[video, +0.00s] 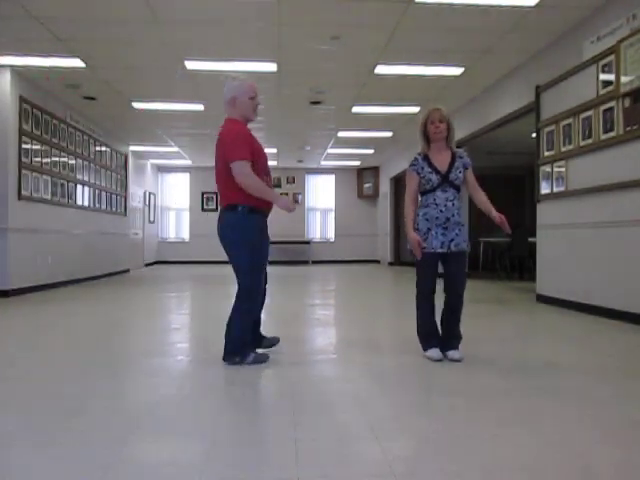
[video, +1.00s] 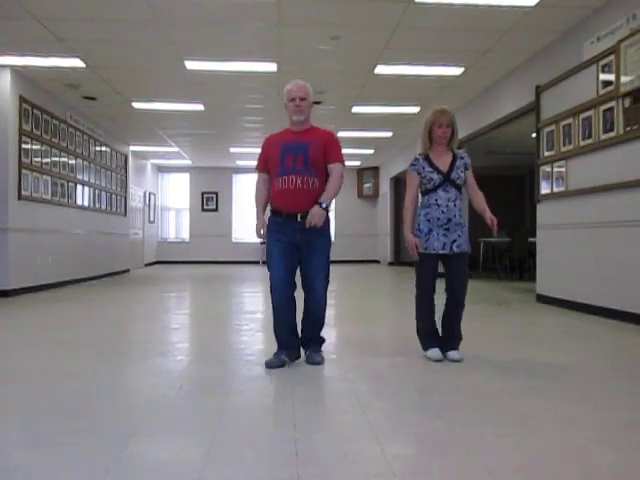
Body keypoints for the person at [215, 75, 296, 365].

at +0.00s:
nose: (258, 104)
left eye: (257, 98)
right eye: (253, 98)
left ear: (238, 102)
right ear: (235, 102)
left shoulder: (241, 132)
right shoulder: (234, 132)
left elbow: (250, 177)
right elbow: (242, 176)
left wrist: (278, 196)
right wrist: (276, 197)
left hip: (250, 217)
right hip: (240, 218)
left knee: (256, 283)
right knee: (250, 285)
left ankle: (251, 336)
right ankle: (236, 351)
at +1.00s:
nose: (297, 103)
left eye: (303, 98)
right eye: (292, 99)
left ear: (311, 102)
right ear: (285, 104)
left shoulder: (326, 138)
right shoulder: (272, 142)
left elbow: (337, 174)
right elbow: (263, 180)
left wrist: (323, 205)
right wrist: (260, 214)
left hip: (314, 222)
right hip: (280, 223)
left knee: (316, 288)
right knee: (280, 288)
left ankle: (313, 345)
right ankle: (287, 348)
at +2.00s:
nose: (268, 101)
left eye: (274, 97)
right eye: (263, 97)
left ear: (282, 102)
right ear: (255, 103)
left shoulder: (298, 141)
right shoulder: (240, 140)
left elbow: (310, 180)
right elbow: (225, 177)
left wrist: (311, 213)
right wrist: (226, 209)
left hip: (287, 223)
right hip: (250, 222)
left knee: (290, 288)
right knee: (253, 289)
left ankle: (285, 345)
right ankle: (260, 347)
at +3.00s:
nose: (282, 96)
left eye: (287, 93)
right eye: (276, 93)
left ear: (295, 102)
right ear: (267, 102)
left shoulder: (311, 137)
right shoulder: (254, 141)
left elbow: (322, 175)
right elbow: (243, 182)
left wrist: (316, 202)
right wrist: (243, 216)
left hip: (304, 220)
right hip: (269, 220)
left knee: (303, 287)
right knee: (268, 285)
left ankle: (298, 346)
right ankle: (275, 347)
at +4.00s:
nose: (254, 99)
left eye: (259, 95)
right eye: (248, 95)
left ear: (267, 103)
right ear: (240, 104)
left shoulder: (284, 140)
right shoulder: (225, 140)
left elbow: (299, 178)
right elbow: (212, 177)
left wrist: (299, 214)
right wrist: (214, 208)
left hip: (272, 221)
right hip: (235, 221)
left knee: (279, 280)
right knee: (239, 288)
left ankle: (277, 343)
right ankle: (248, 346)